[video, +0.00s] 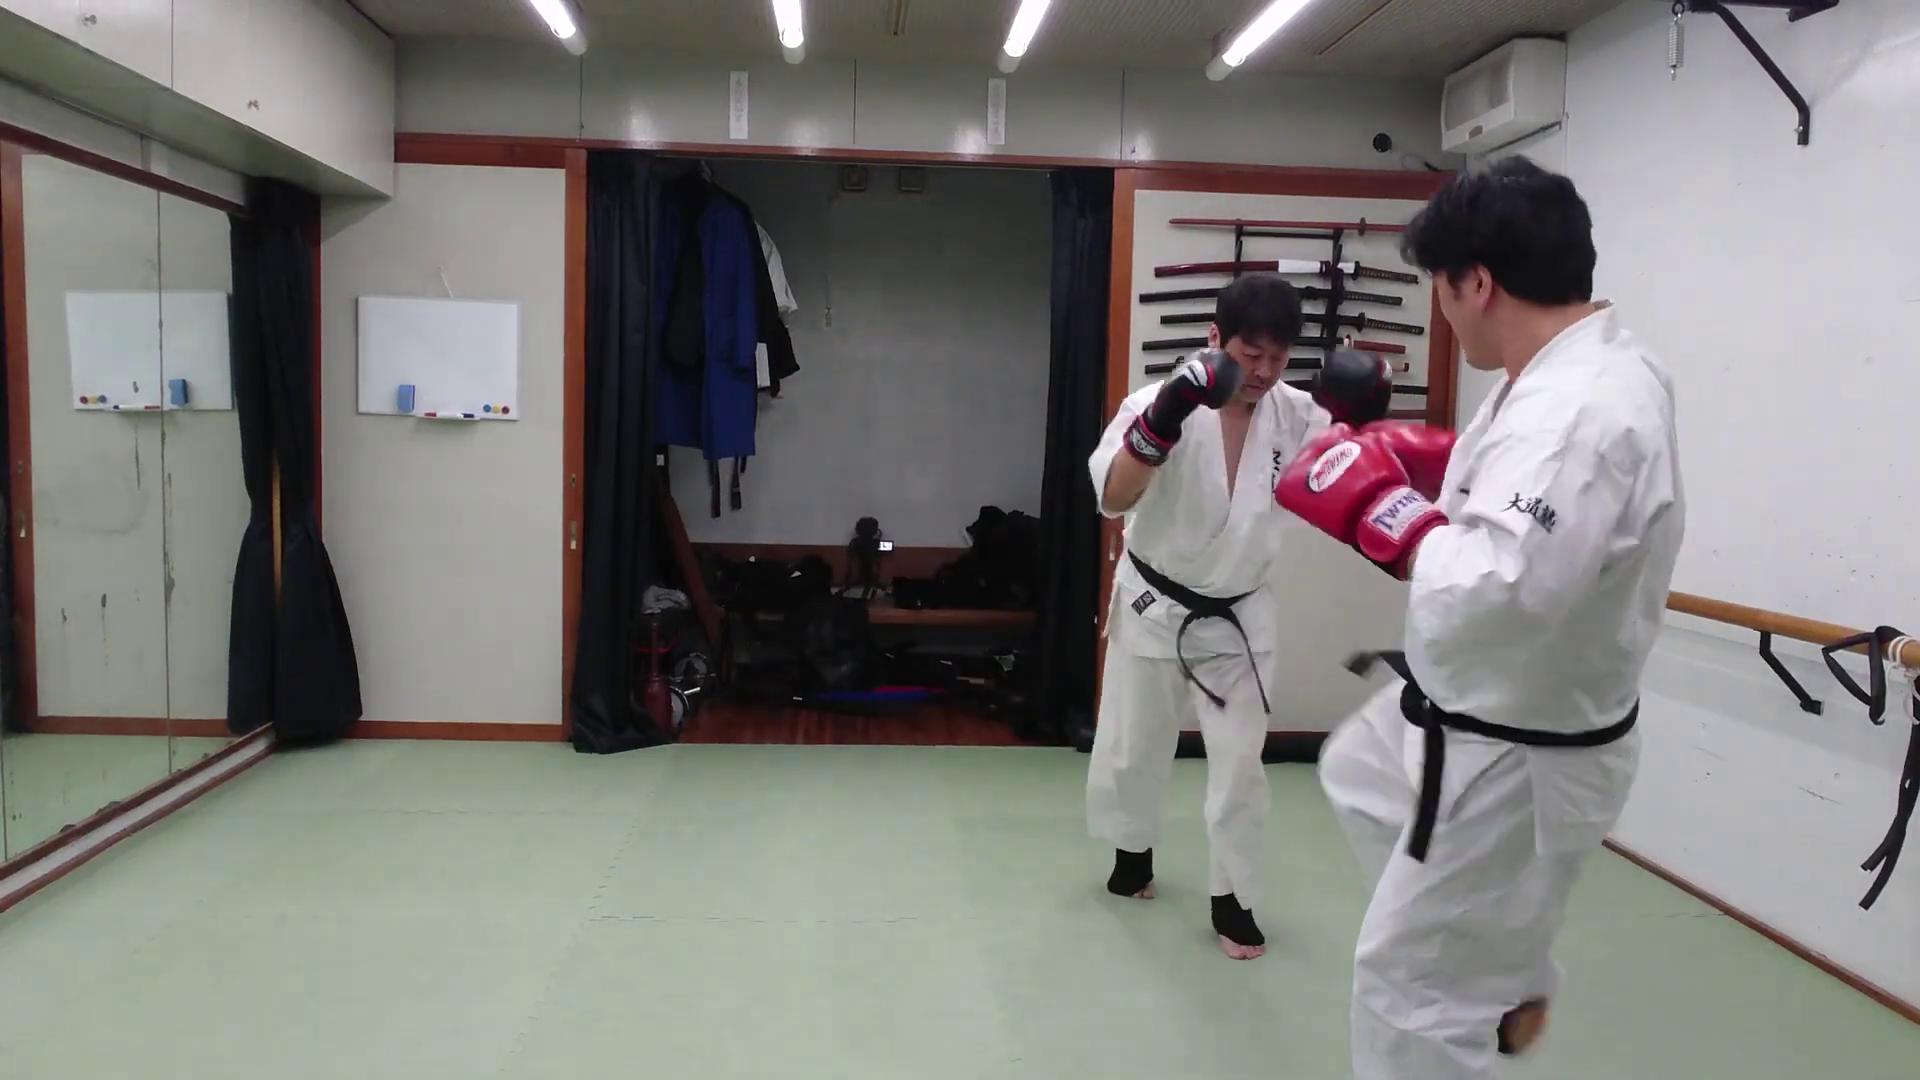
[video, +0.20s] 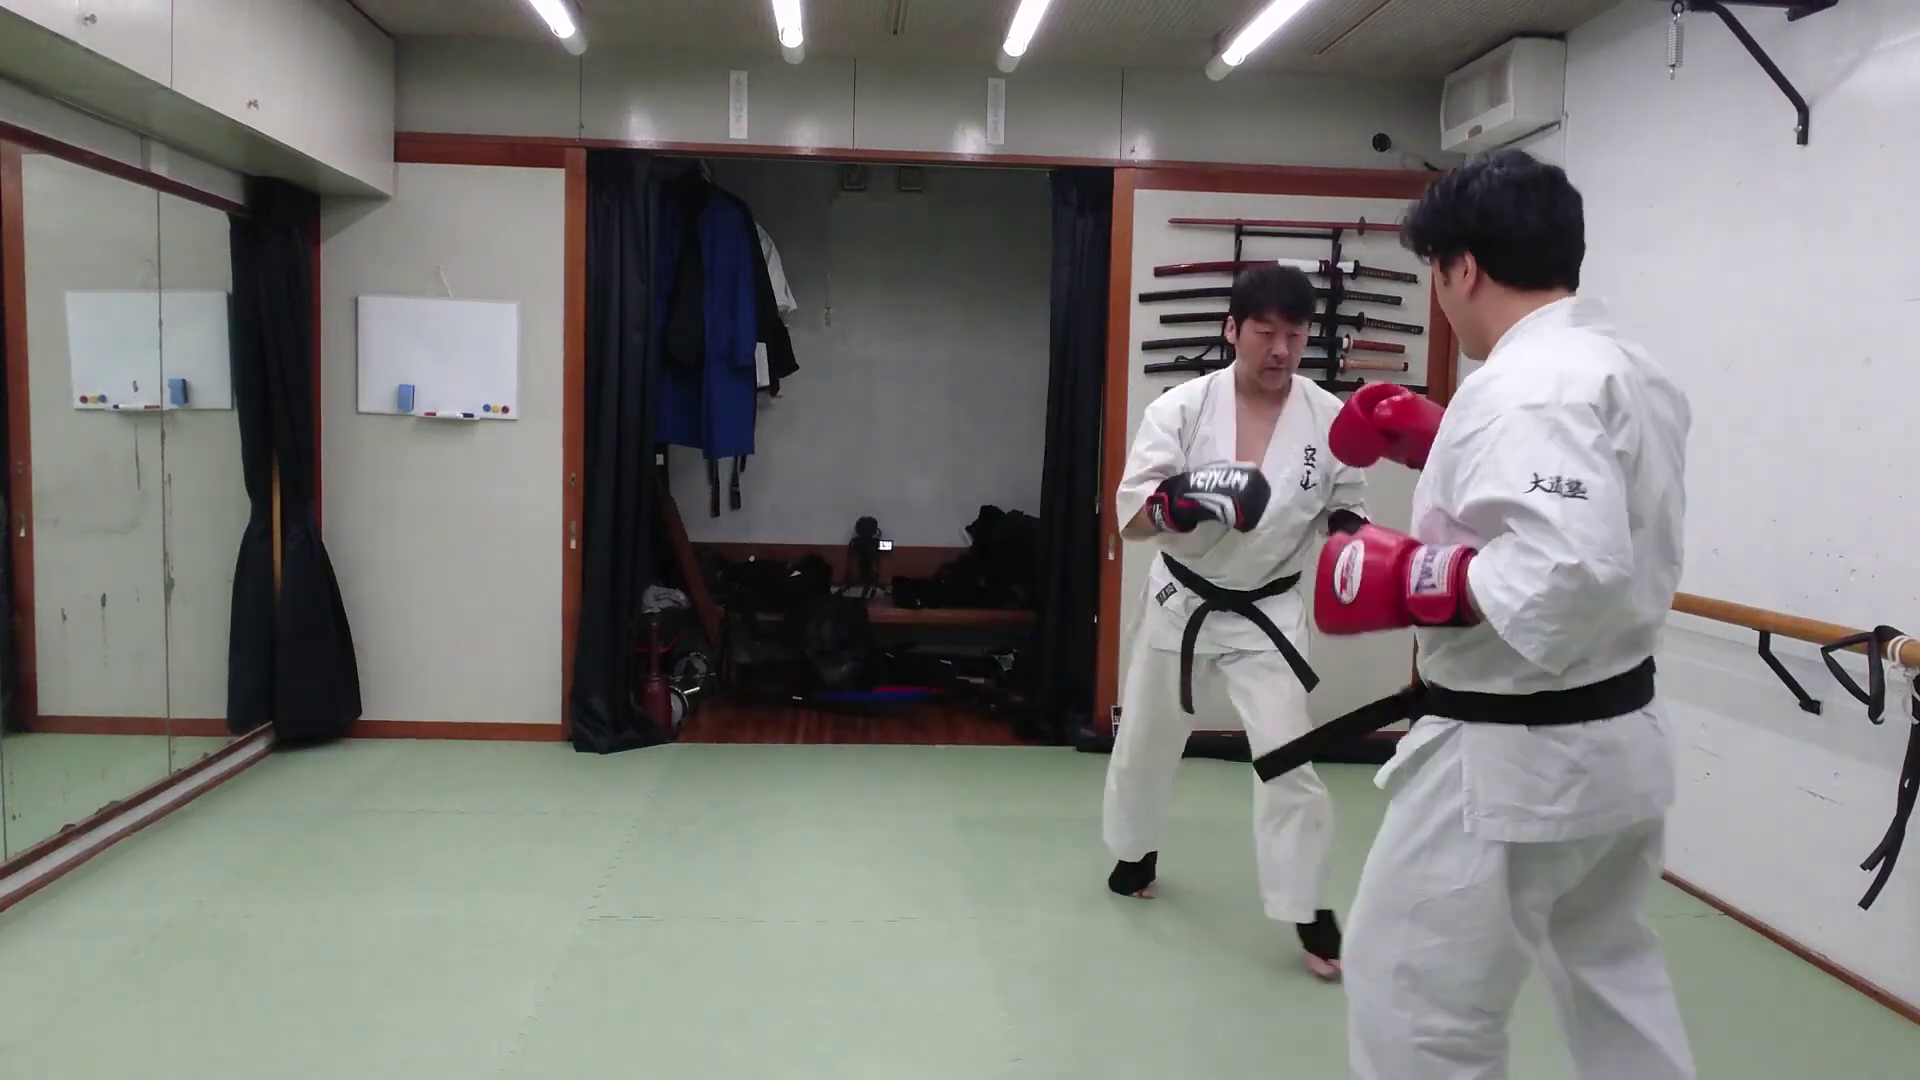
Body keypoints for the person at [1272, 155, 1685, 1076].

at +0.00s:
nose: (1440, 310)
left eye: (1440, 287)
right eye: (1437, 288)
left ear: (1481, 284)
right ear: (1563, 264)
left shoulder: (1585, 408)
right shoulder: (1574, 369)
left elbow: (1503, 585)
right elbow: (1535, 488)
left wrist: (1380, 511)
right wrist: (1439, 460)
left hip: (1518, 754)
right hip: (1475, 702)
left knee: (1409, 991)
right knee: (1358, 773)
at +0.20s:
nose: (1435, 296)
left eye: (1433, 272)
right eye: (1431, 274)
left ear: (1467, 269)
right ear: (1559, 254)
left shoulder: (1530, 387)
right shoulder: (1630, 369)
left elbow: (1565, 578)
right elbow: (1576, 503)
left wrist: (1406, 579)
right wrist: (1435, 439)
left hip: (1502, 758)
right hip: (1618, 741)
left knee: (1414, 1016)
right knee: (1611, 971)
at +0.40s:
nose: (1381, 323)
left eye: (1381, 304)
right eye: (1380, 305)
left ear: (1405, 301)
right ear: (1508, 290)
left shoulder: (1427, 412)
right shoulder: (1628, 402)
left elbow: (1394, 586)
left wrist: (1295, 556)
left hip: (1480, 787)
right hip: (1633, 773)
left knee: (1302, 969)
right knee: (1629, 992)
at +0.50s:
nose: (1298, 340)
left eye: (1298, 319)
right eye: (1297, 320)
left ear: (1324, 323)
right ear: (1448, 306)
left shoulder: (1366, 446)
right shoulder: (1568, 410)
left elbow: (1227, 619)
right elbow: (1631, 572)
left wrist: (1192, 529)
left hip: (1434, 822)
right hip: (1597, 801)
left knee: (1258, 1018)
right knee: (1620, 1019)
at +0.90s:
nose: (1112, 243)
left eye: (1117, 225)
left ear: (1131, 235)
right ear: (1263, 221)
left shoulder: (1071, 355)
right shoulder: (1362, 329)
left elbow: (976, 542)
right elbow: (1462, 499)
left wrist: (1035, 589)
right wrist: (1376, 517)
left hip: (1115, 774)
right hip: (1300, 775)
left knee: (1137, 1062)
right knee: (1298, 1065)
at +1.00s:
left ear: (1111, 268)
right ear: (1244, 255)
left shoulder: (1033, 384)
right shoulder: (1326, 379)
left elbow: (920, 590)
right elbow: (1397, 567)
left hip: (1031, 813)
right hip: (1199, 830)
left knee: (1049, 1048)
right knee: (1142, 1064)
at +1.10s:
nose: (1231, 258)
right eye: (1230, 242)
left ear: (1077, 250)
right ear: (1215, 250)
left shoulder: (975, 369)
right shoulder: (1270, 383)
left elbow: (865, 580)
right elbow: (1311, 602)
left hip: (961, 790)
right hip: (1130, 820)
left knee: (968, 1042)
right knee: (1100, 1064)